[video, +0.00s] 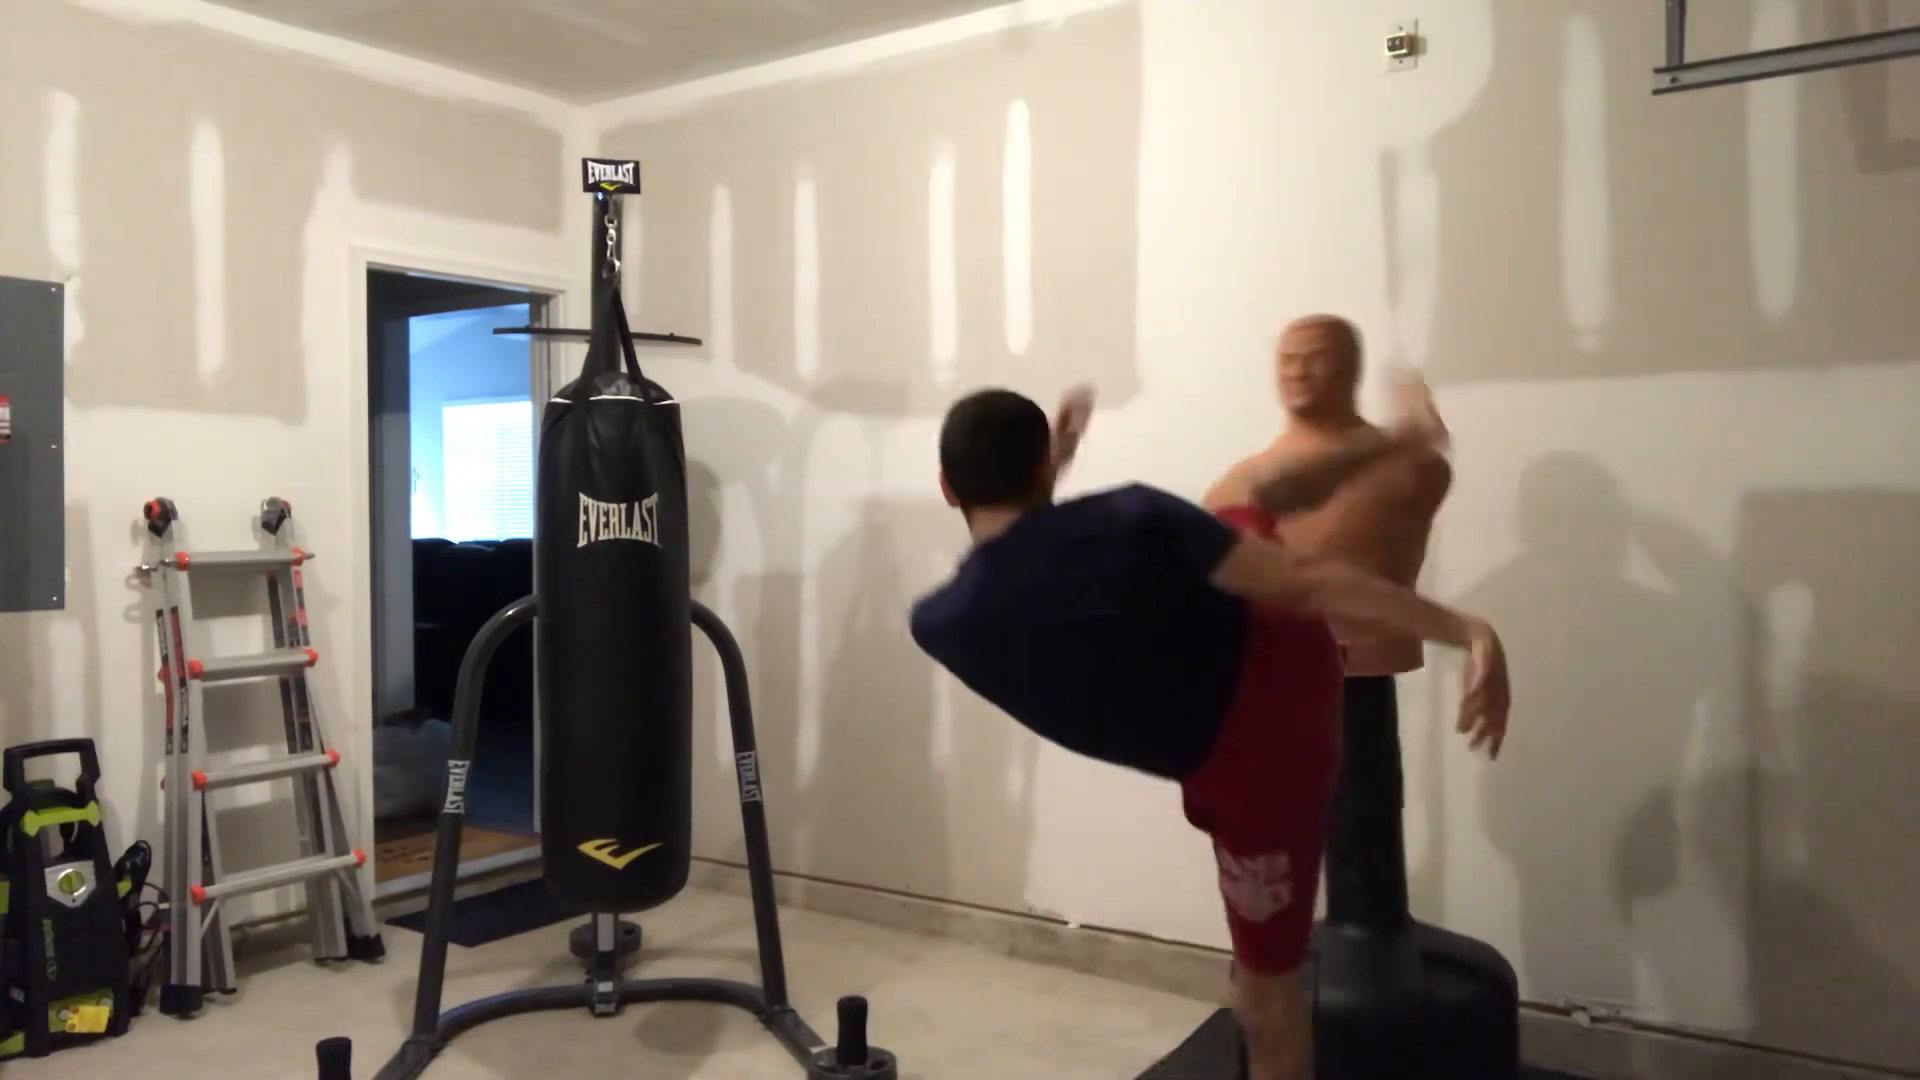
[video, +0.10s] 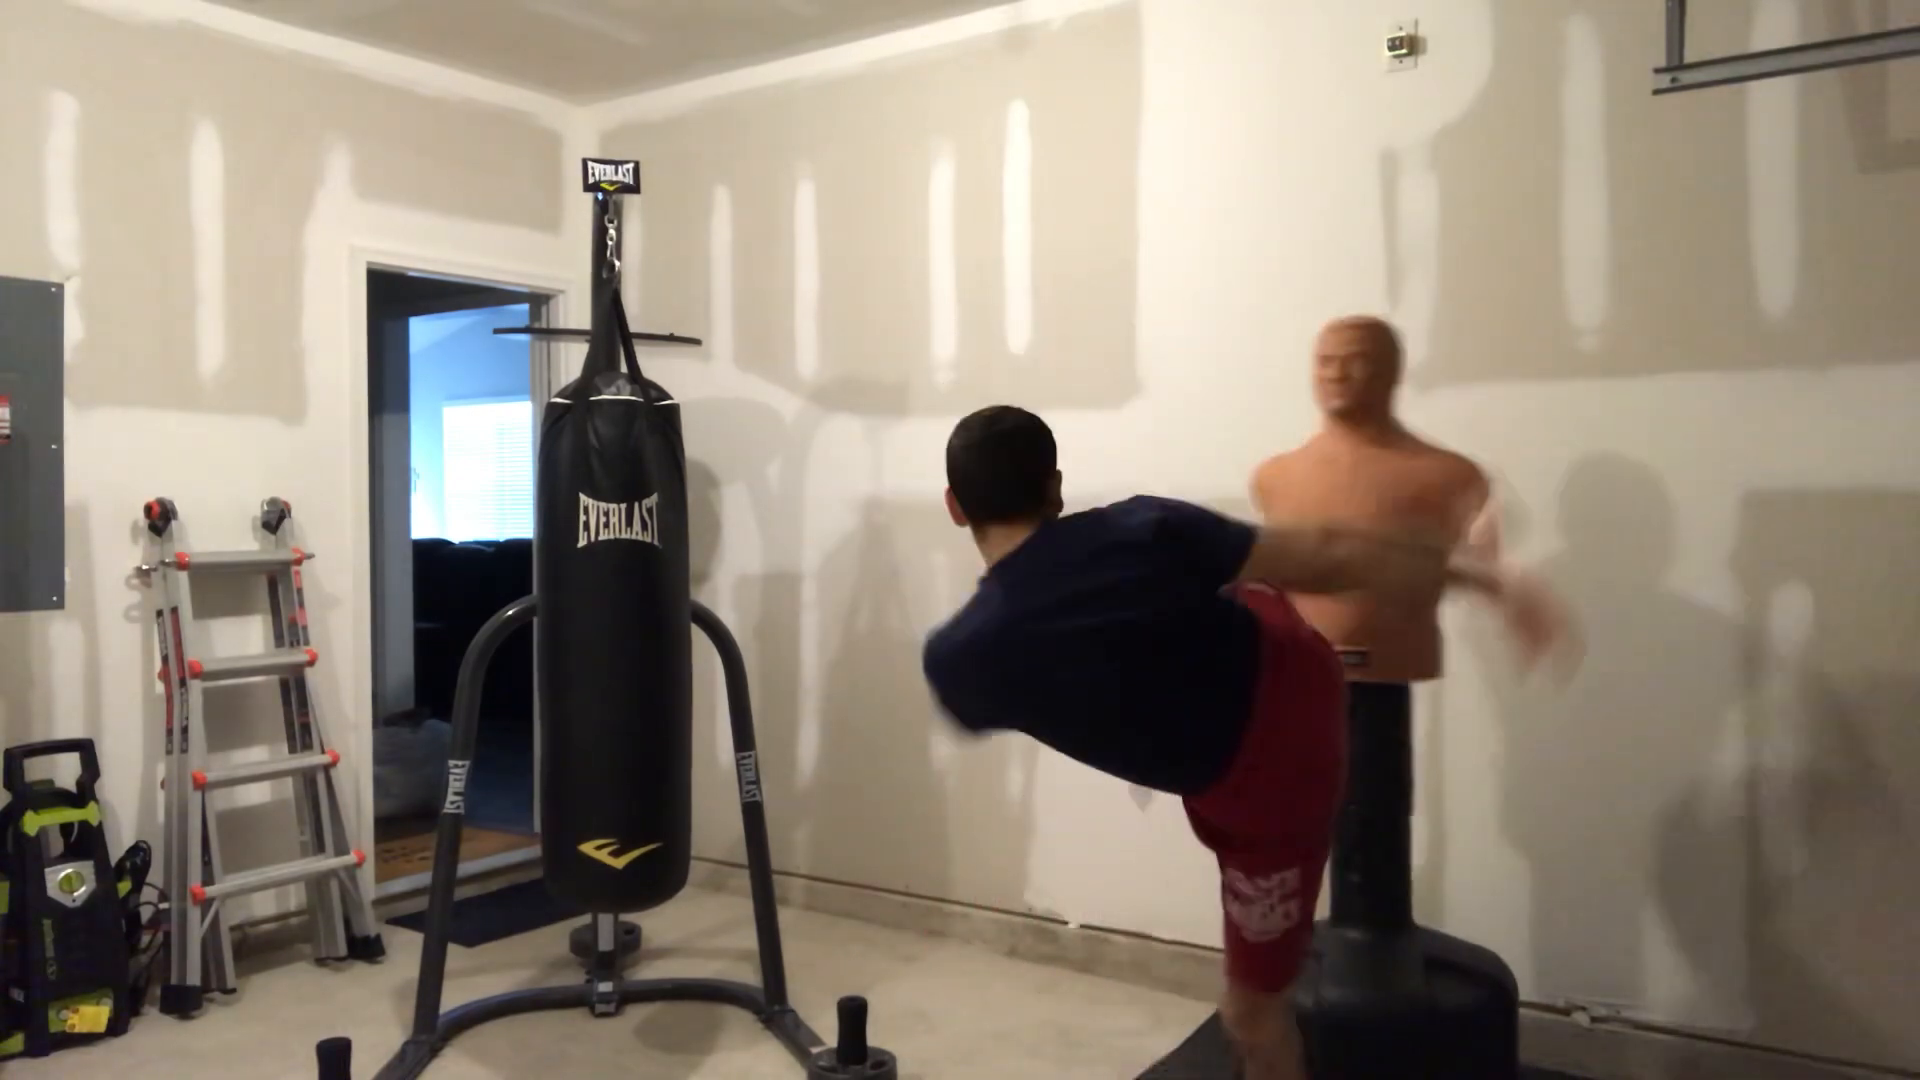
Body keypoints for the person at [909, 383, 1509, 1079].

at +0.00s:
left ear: (946, 492)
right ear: (1044, 475)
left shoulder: (942, 625)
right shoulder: (1129, 516)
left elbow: (998, 560)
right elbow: (1296, 578)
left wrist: (1048, 462)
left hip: (1237, 776)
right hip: (1286, 658)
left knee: (1269, 1007)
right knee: (1256, 516)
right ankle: (1420, 449)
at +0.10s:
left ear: (953, 508)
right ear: (1057, 480)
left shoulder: (961, 659)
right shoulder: (1141, 528)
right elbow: (1319, 559)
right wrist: (1478, 573)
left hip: (1264, 791)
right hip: (1297, 663)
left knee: (1253, 1015)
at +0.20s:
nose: (952, 494)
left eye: (954, 481)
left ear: (965, 498)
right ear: (1059, 468)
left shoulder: (992, 646)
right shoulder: (1143, 513)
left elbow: (911, 788)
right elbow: (1283, 499)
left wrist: (915, 705)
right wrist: (1367, 459)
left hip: (1256, 803)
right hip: (1304, 678)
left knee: (1223, 1032)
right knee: (1264, 612)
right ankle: (1446, 711)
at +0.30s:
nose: (985, 432)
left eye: (986, 419)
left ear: (995, 433)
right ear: (1088, 411)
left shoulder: (1010, 574)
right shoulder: (1167, 473)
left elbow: (928, 769)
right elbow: (1264, 441)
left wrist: (877, 782)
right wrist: (1243, 377)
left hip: (1214, 804)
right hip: (1296, 712)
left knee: (1192, 1046)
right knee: (1354, 767)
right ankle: (1412, 920)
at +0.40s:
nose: (1017, 374)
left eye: (1017, 361)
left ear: (1026, 371)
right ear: (1123, 352)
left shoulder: (1051, 482)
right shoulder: (1208, 423)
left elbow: (1040, 673)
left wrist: (957, 801)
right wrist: (1118, 376)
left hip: (1180, 756)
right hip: (1281, 714)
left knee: (1124, 1009)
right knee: (1334, 871)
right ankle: (1357, 1060)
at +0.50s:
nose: (1055, 391)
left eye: (1055, 375)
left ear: (1065, 380)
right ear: (1160, 365)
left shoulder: (1090, 494)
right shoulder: (1224, 443)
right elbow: (1139, 444)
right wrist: (1058, 415)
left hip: (1163, 772)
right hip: (1266, 757)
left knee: (1035, 1016)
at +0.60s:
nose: (1081, 418)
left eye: (1083, 406)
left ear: (1088, 416)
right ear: (1188, 412)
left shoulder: (1104, 538)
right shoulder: (1243, 510)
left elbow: (1164, 719)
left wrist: (1052, 826)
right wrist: (1108, 458)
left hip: (1136, 844)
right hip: (1250, 835)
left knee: (997, 1064)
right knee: (1248, 1060)